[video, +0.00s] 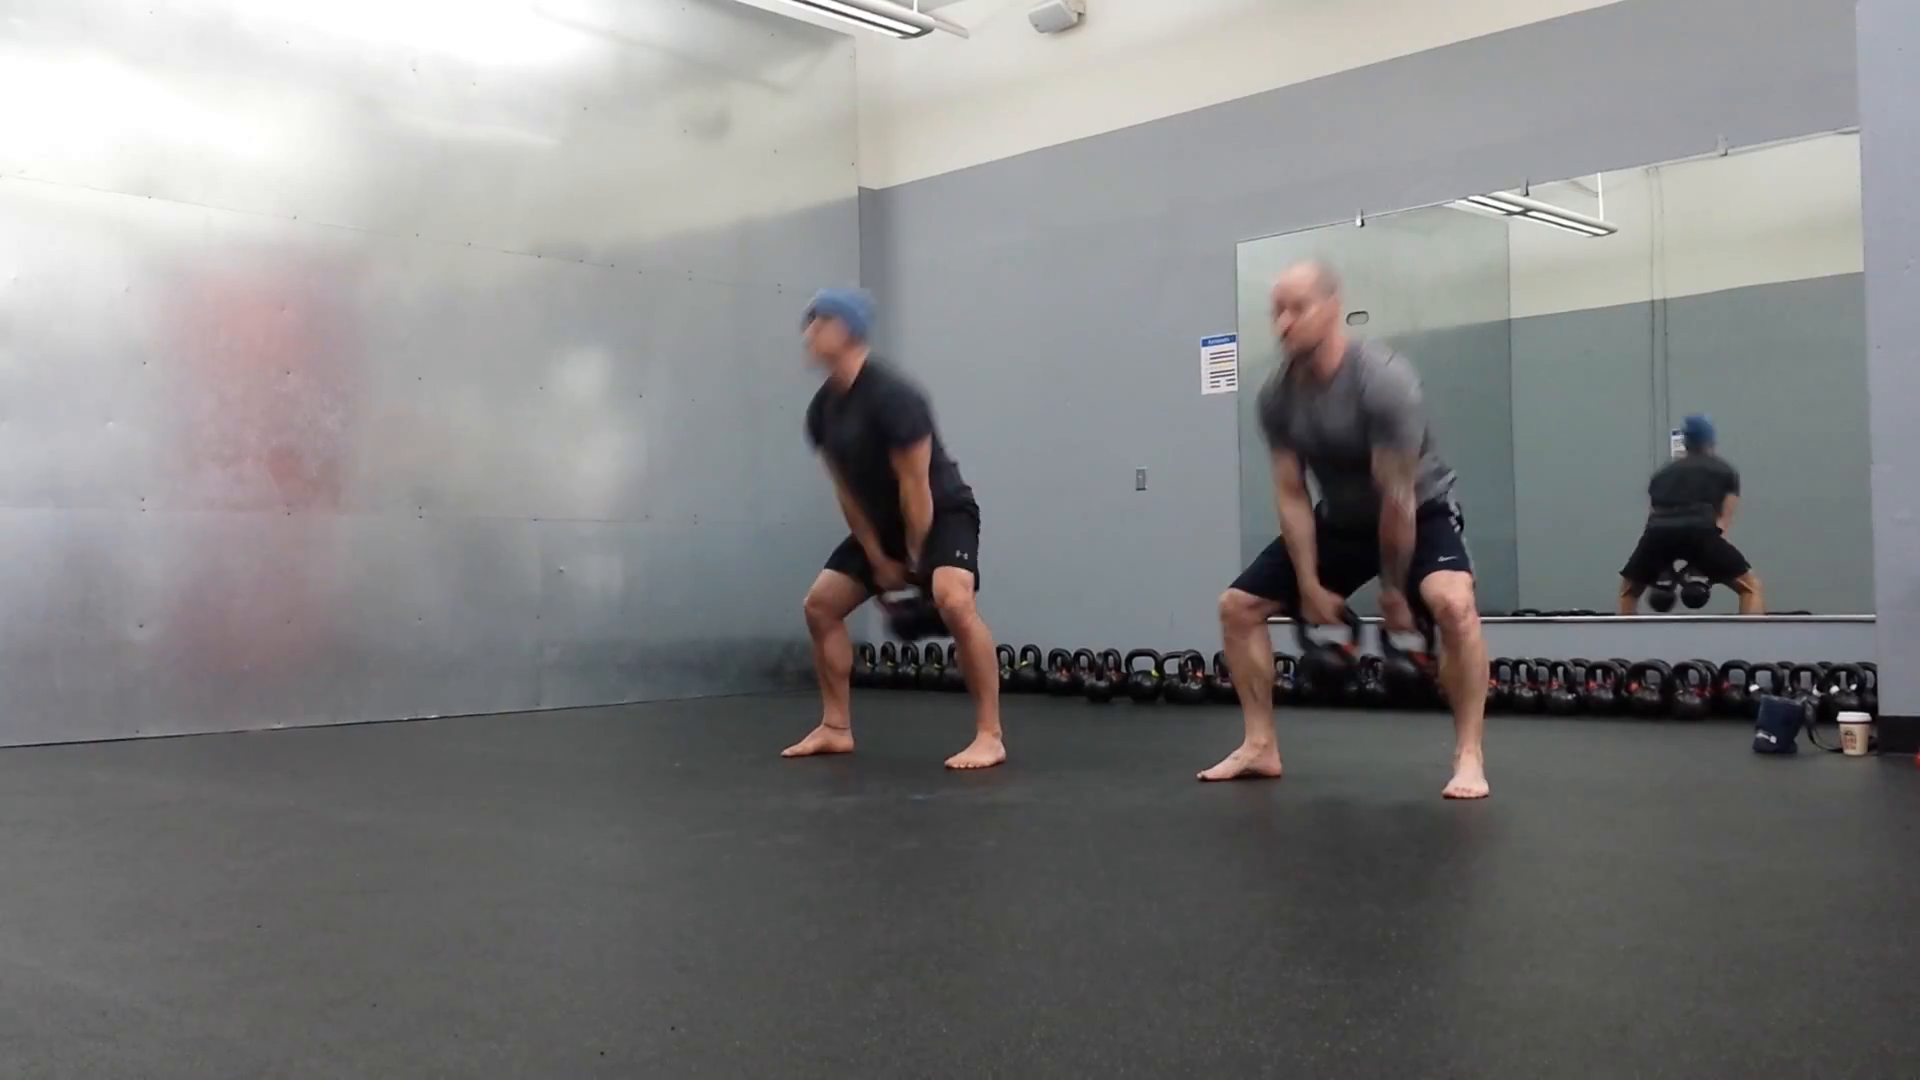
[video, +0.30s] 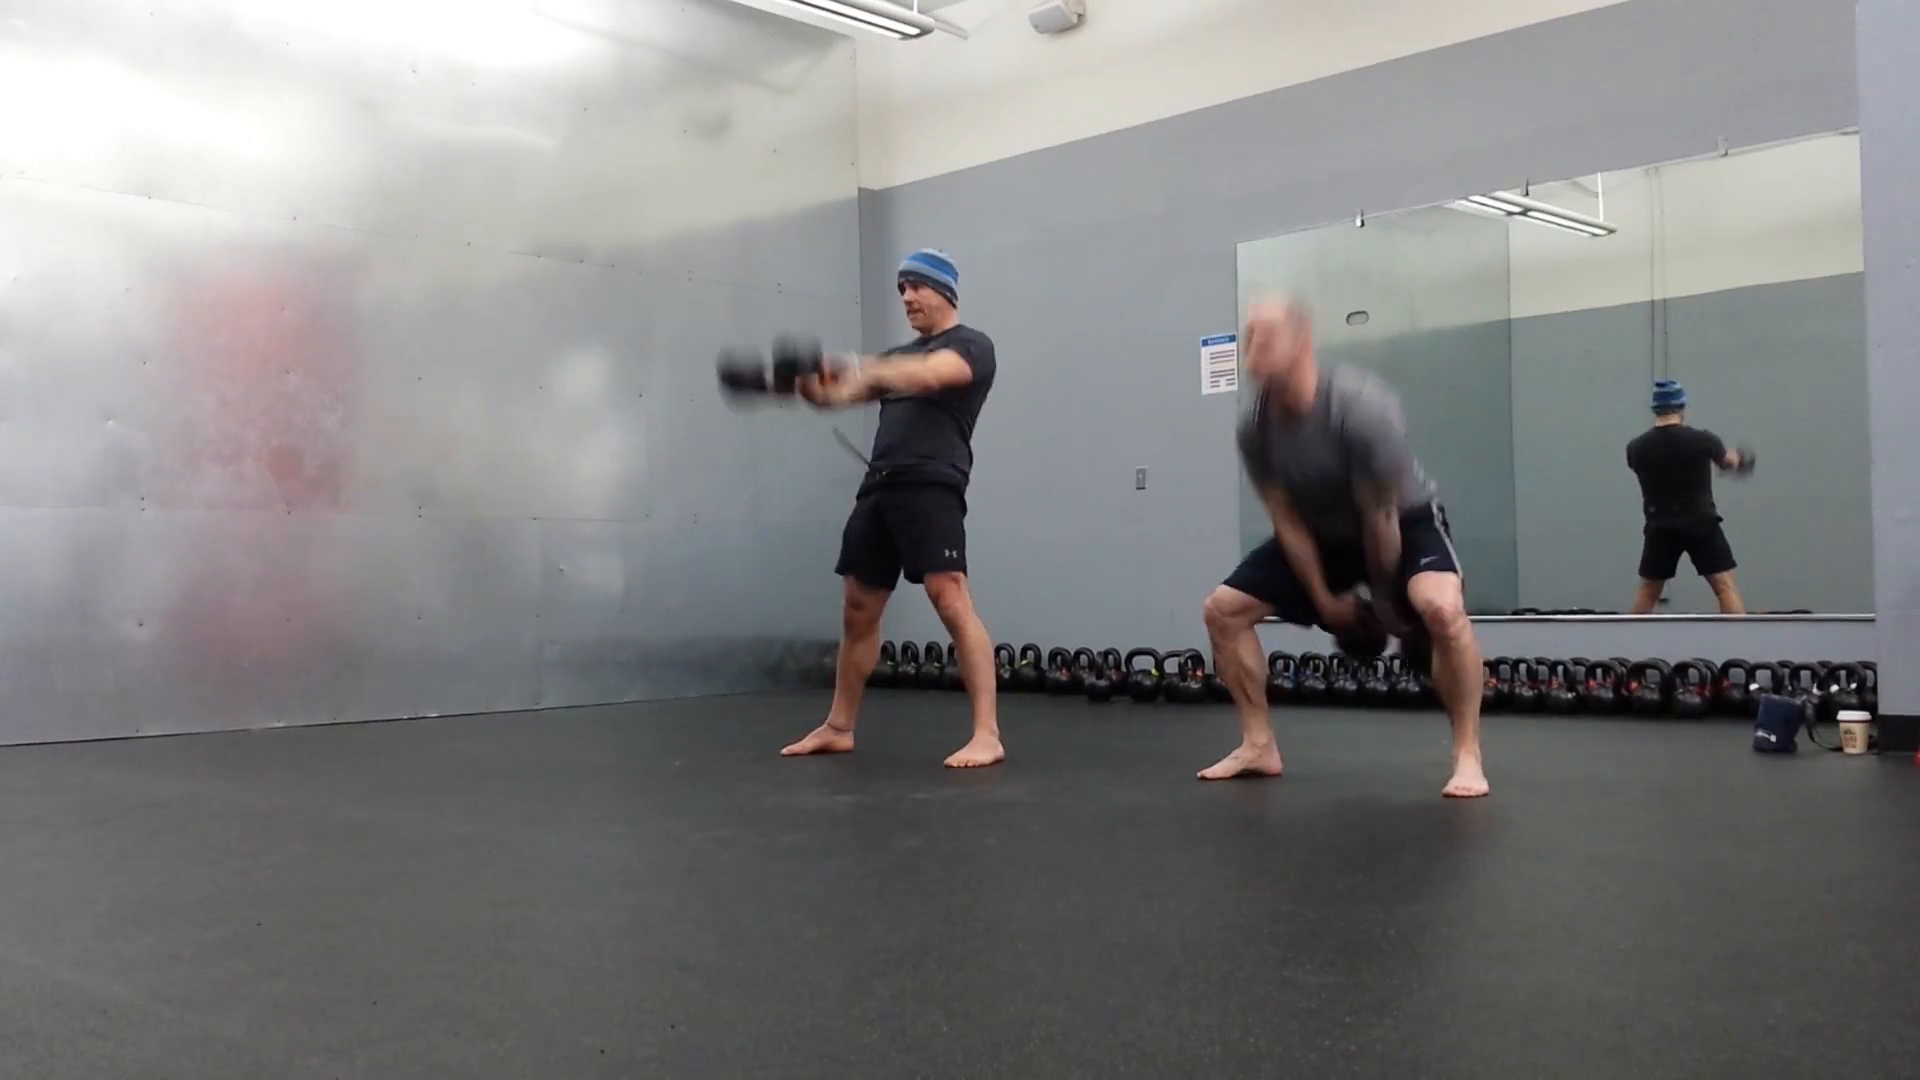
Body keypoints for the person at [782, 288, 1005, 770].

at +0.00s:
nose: (809, 331)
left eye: (822, 321)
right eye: (810, 322)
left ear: (851, 332)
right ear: (820, 335)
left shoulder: (895, 397)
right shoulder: (823, 410)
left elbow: (917, 488)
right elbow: (846, 492)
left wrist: (914, 559)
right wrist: (877, 558)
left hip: (942, 513)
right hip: (883, 519)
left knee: (953, 601)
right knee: (821, 607)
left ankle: (990, 735)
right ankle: (836, 727)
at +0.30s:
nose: (908, 297)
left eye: (917, 287)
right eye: (904, 289)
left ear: (945, 292)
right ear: (905, 298)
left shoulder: (974, 346)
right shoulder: (901, 355)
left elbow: (924, 375)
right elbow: (863, 387)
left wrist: (854, 374)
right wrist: (819, 390)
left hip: (931, 492)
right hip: (877, 493)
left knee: (952, 603)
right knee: (859, 612)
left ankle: (987, 735)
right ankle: (838, 726)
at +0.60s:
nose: (897, 286)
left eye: (907, 276)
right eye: (894, 279)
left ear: (937, 285)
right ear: (897, 287)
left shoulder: (963, 336)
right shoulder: (882, 346)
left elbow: (905, 321)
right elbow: (819, 343)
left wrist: (845, 281)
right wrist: (779, 302)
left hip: (930, 489)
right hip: (876, 491)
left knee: (954, 605)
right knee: (860, 612)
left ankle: (987, 736)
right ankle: (840, 726)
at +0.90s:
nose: (898, 299)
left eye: (907, 288)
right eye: (893, 290)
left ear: (936, 289)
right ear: (892, 295)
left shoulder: (967, 338)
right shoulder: (891, 348)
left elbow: (923, 385)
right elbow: (851, 380)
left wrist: (859, 396)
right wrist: (830, 397)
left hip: (946, 492)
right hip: (893, 494)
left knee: (956, 602)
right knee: (857, 608)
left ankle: (987, 736)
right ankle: (839, 727)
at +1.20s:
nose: (789, 409)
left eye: (797, 395)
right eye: (783, 398)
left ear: (825, 389)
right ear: (782, 402)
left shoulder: (884, 435)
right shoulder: (810, 455)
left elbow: (929, 518)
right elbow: (853, 530)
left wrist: (936, 584)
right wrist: (898, 587)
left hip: (952, 529)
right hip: (891, 539)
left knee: (962, 602)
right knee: (816, 609)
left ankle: (991, 737)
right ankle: (835, 728)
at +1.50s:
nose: (819, 331)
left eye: (831, 321)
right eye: (820, 322)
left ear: (861, 330)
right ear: (827, 334)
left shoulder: (902, 396)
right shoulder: (829, 407)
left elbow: (917, 486)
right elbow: (845, 489)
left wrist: (910, 556)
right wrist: (868, 555)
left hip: (943, 517)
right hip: (882, 522)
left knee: (949, 602)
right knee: (816, 607)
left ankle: (989, 735)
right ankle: (835, 726)